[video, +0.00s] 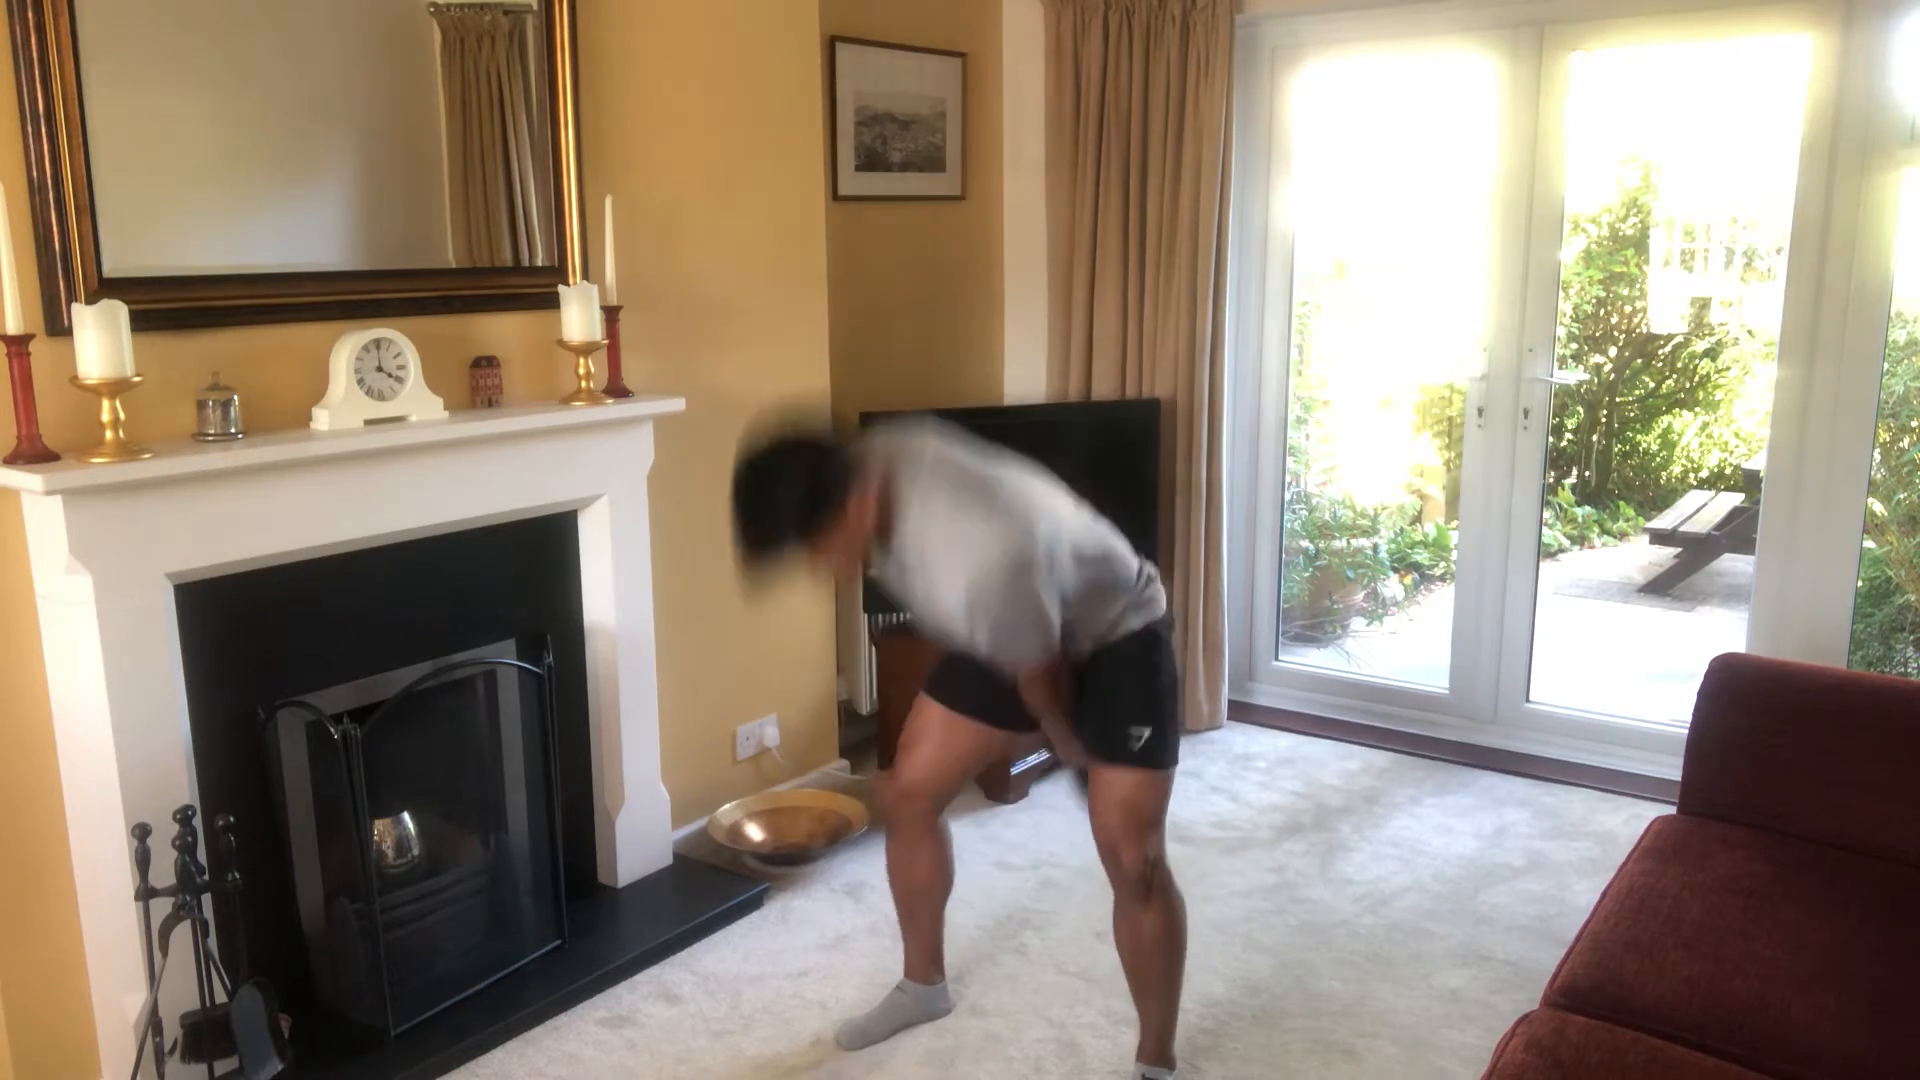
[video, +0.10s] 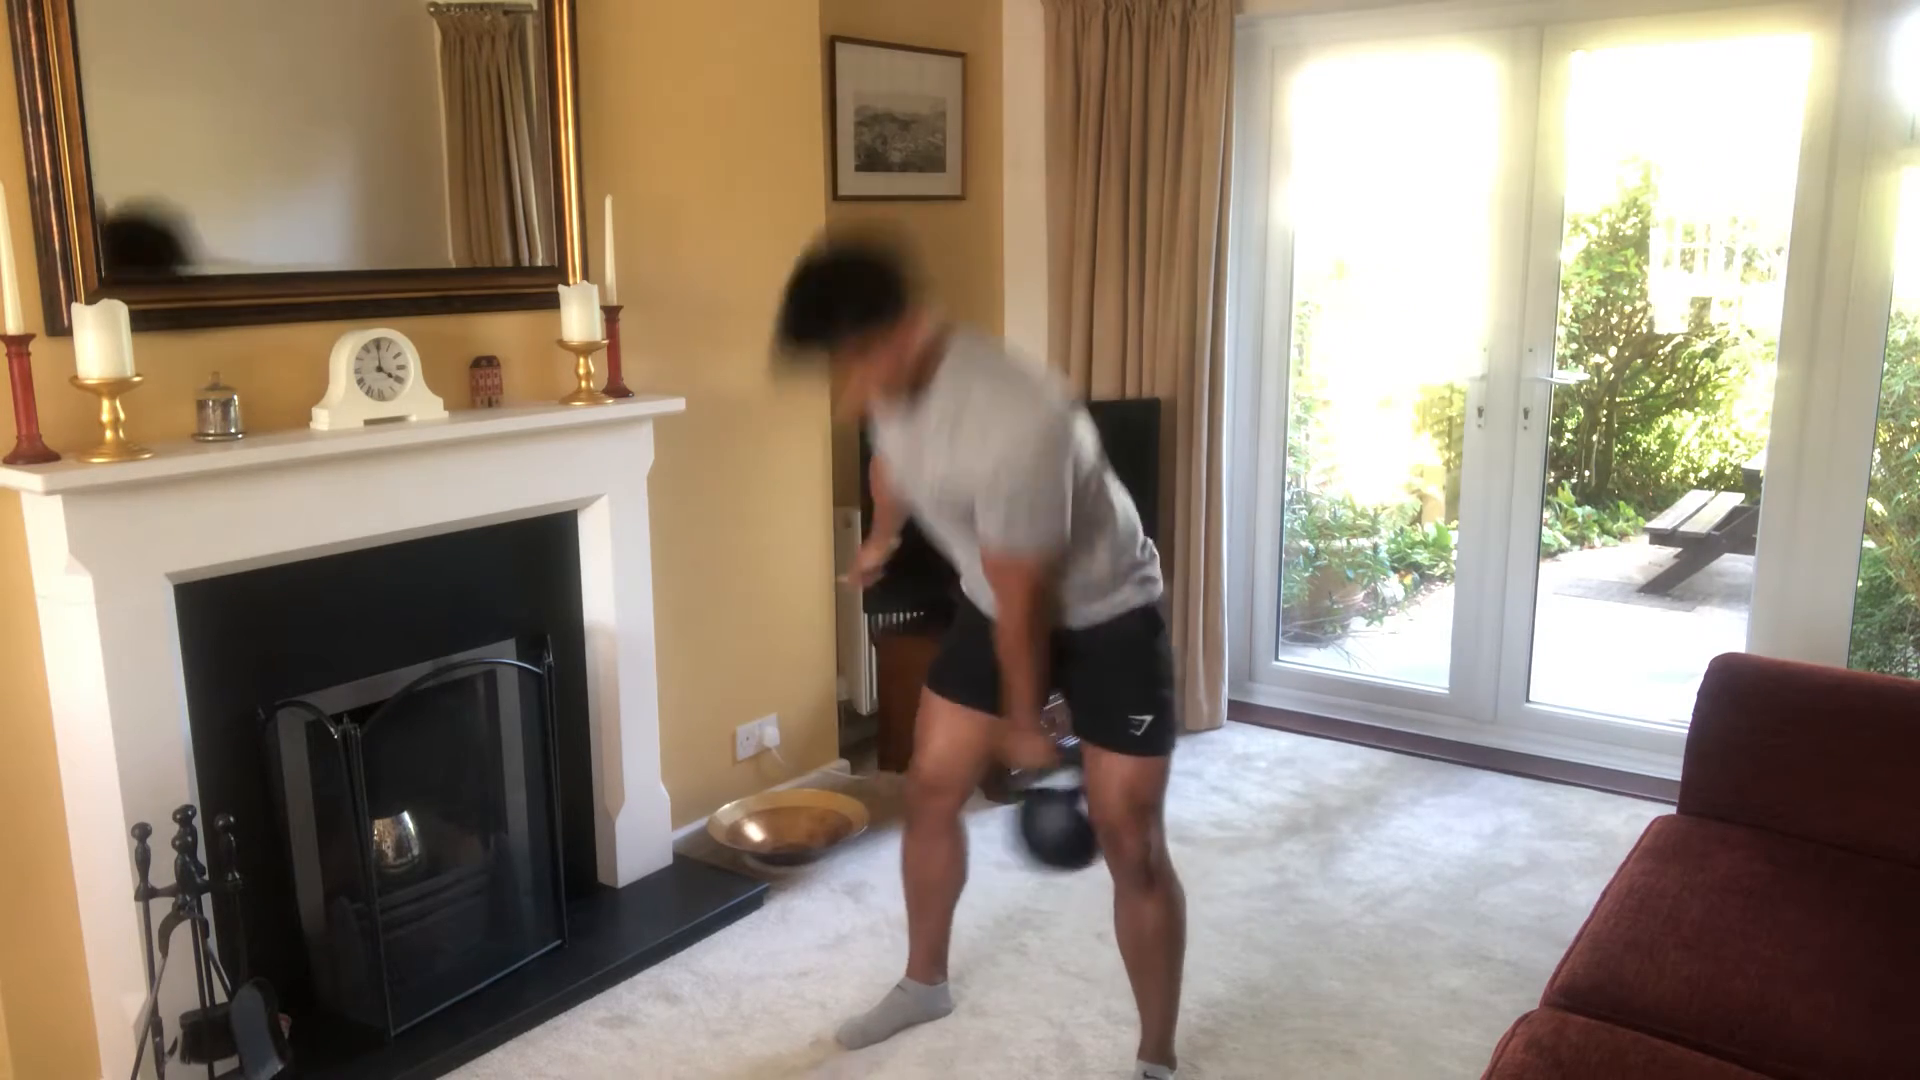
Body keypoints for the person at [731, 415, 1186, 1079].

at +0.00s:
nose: (821, 563)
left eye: (815, 544)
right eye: (807, 551)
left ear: (845, 509)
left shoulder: (976, 555)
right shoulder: (878, 458)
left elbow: (1041, 683)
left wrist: (1074, 752)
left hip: (1116, 628)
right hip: (1012, 620)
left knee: (1133, 857)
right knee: (908, 795)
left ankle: (1156, 1061)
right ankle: (923, 984)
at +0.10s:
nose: (845, 381)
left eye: (849, 359)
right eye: (835, 363)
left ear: (898, 327)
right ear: (866, 341)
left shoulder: (1014, 412)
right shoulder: (893, 383)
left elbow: (1023, 598)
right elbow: (892, 461)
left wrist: (1023, 723)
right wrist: (883, 536)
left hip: (1106, 616)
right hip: (999, 607)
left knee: (1131, 843)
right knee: (930, 790)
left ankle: (1157, 1055)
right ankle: (925, 982)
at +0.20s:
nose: (913, 272)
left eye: (928, 249)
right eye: (904, 253)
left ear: (985, 227)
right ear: (905, 243)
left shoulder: (1055, 334)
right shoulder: (932, 321)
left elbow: (1007, 516)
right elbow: (912, 430)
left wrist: (964, 669)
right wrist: (856, 526)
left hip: (1092, 601)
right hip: (987, 591)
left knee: (1114, 830)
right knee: (951, 782)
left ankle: (1153, 1056)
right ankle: (928, 982)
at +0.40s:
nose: (986, 233)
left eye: (1002, 211)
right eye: (973, 216)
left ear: (1057, 202)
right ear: (965, 214)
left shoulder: (1107, 311)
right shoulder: (968, 319)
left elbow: (1012, 400)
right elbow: (937, 436)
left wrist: (886, 485)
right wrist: (869, 508)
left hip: (1080, 610)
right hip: (971, 599)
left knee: (1112, 837)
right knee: (957, 800)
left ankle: (1152, 1052)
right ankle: (928, 981)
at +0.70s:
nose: (990, 217)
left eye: (1010, 195)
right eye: (980, 199)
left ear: (1066, 195)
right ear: (972, 205)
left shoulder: (1108, 304)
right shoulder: (973, 319)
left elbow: (1002, 331)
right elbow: (958, 451)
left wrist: (849, 331)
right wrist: (920, 559)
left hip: (1074, 616)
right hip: (961, 606)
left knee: (1109, 833)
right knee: (957, 800)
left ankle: (1152, 1051)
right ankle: (928, 979)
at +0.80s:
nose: (990, 221)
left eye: (1010, 198)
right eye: (979, 202)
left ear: (1065, 198)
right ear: (969, 206)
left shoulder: (1106, 309)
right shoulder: (977, 318)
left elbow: (997, 362)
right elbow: (955, 455)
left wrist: (827, 378)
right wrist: (915, 562)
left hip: (1076, 618)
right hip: (964, 609)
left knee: (1110, 836)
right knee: (956, 802)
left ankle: (1152, 1055)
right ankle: (928, 980)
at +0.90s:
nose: (983, 237)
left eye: (1000, 214)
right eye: (970, 219)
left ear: (1054, 203)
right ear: (963, 217)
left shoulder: (1102, 312)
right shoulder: (968, 323)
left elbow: (1004, 399)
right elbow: (949, 458)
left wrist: (853, 464)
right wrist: (902, 558)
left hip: (1079, 616)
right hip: (968, 606)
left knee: (1109, 835)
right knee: (952, 803)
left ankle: (1151, 1054)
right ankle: (928, 980)